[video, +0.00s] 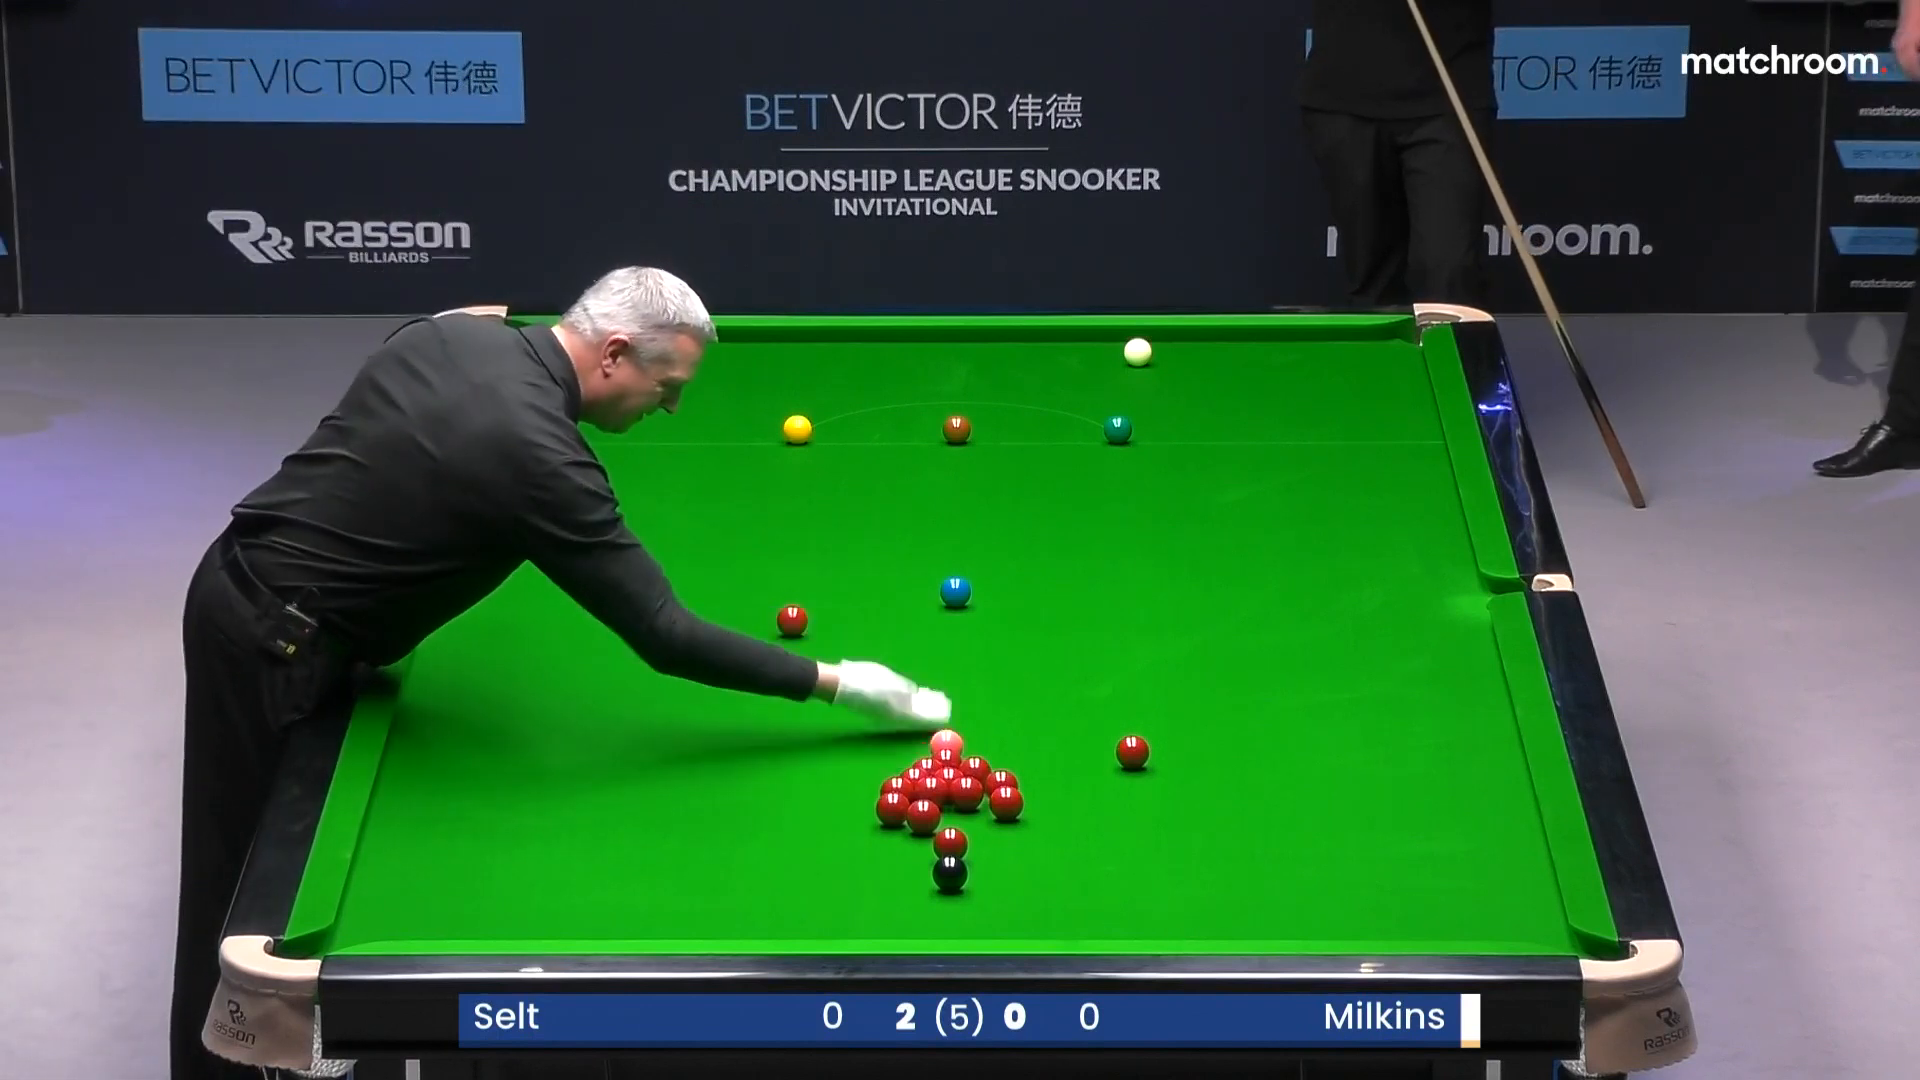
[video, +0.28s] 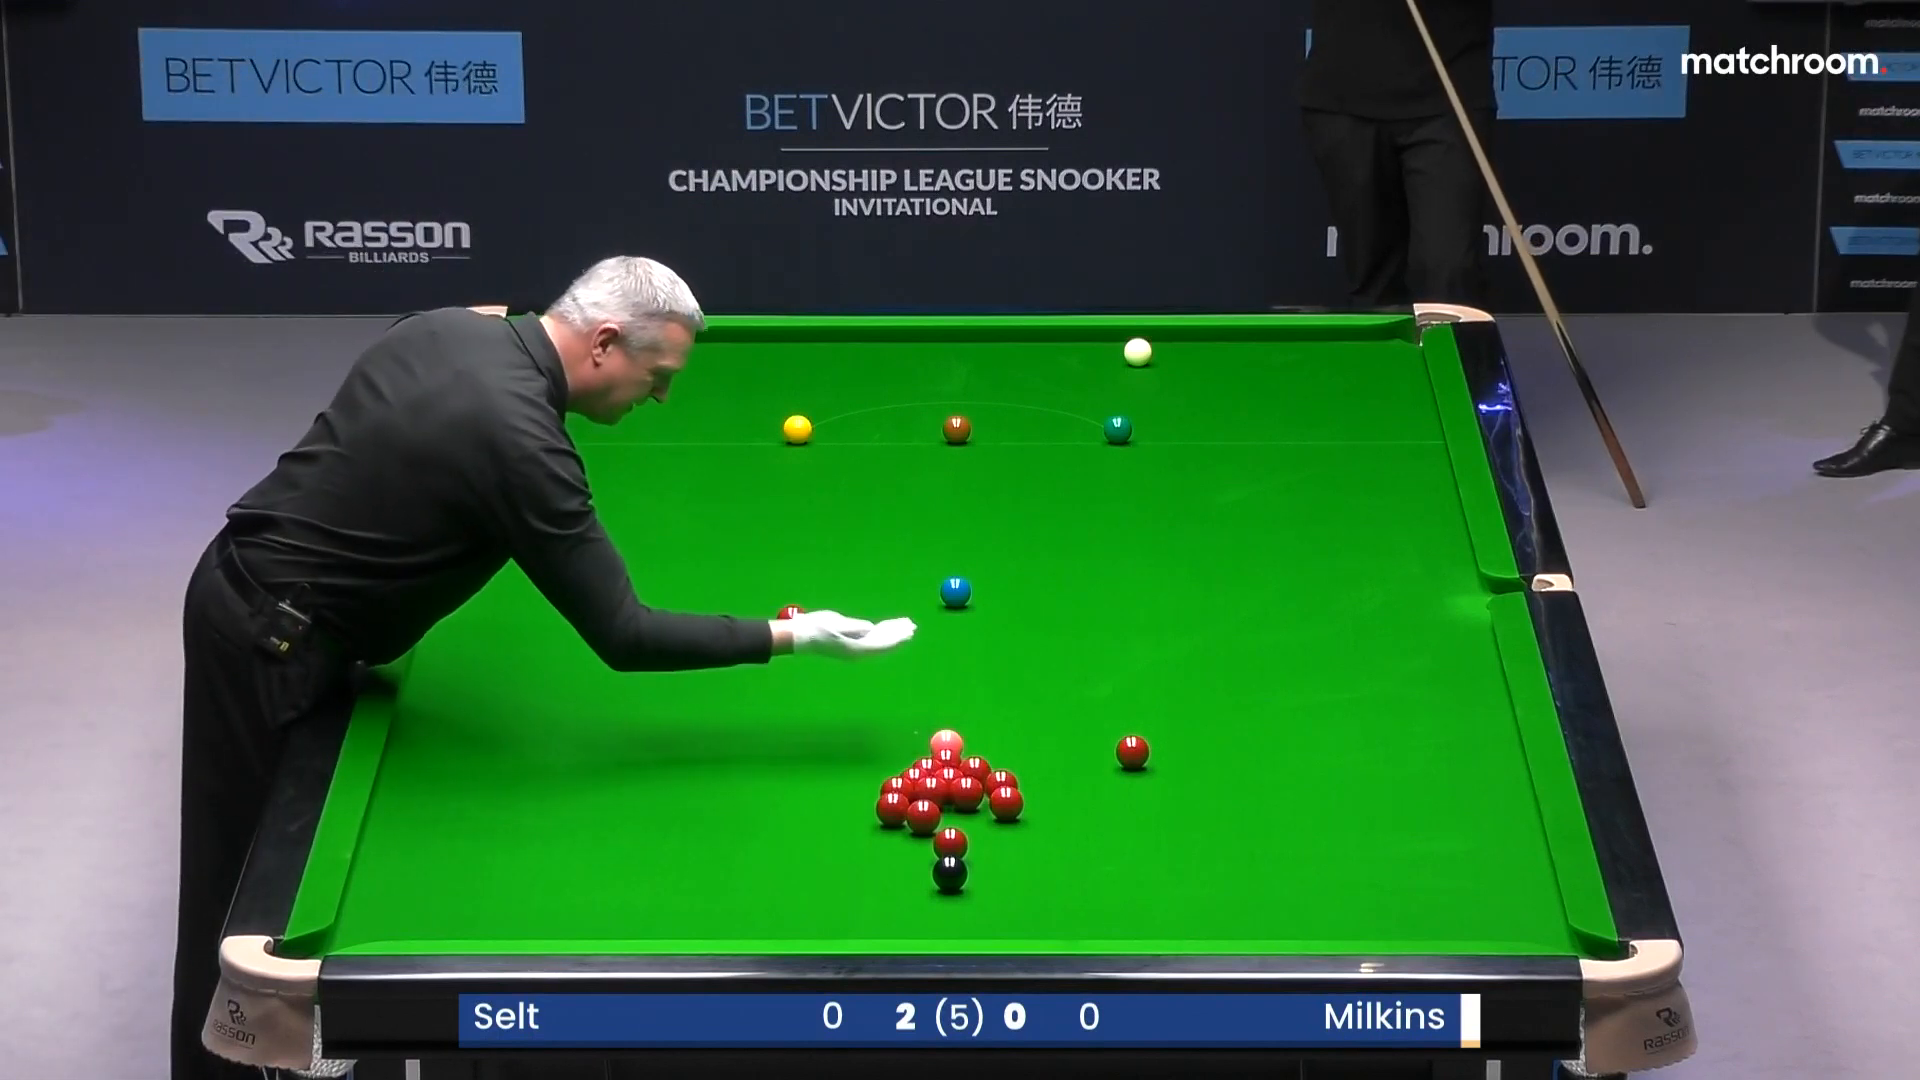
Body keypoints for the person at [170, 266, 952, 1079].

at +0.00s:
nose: (663, 408)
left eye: (672, 393)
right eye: (664, 389)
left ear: (593, 334)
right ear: (609, 353)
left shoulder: (457, 331)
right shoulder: (545, 460)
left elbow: (361, 445)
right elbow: (665, 634)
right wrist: (841, 679)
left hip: (243, 583)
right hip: (279, 637)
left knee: (251, 868)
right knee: (242, 885)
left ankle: (233, 1046)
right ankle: (210, 1058)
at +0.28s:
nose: (656, 396)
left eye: (666, 379)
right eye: (657, 375)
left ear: (589, 327)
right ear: (605, 339)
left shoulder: (454, 327)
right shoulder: (525, 438)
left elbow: (343, 448)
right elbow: (624, 633)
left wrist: (367, 614)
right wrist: (786, 632)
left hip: (243, 584)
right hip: (277, 634)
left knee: (243, 876)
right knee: (246, 891)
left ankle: (228, 1051)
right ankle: (216, 1058)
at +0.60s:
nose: (655, 393)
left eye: (666, 376)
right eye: (656, 372)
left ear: (584, 318)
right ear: (601, 334)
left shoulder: (446, 326)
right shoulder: (524, 432)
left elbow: (339, 448)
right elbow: (629, 631)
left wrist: (362, 615)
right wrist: (797, 675)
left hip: (240, 587)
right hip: (276, 635)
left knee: (240, 878)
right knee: (247, 892)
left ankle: (225, 1056)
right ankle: (219, 1063)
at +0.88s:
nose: (663, 404)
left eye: (673, 387)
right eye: (664, 383)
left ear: (592, 334)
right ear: (609, 349)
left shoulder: (451, 331)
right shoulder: (538, 451)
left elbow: (340, 441)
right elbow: (658, 617)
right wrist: (827, 692)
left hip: (242, 585)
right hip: (284, 636)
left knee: (242, 868)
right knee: (252, 886)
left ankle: (227, 1045)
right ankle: (219, 1054)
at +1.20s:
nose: (664, 410)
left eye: (674, 395)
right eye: (665, 390)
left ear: (594, 340)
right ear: (610, 355)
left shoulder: (452, 331)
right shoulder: (539, 454)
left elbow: (336, 439)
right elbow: (665, 616)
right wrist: (832, 695)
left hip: (240, 585)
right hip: (281, 638)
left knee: (242, 867)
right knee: (250, 883)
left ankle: (227, 1043)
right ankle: (215, 1052)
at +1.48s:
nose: (666, 409)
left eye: (676, 395)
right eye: (667, 390)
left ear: (598, 338)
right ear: (615, 354)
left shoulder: (453, 332)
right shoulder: (538, 451)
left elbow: (337, 439)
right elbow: (658, 625)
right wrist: (829, 684)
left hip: (243, 585)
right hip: (282, 636)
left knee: (242, 867)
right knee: (252, 883)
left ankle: (226, 1044)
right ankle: (217, 1052)